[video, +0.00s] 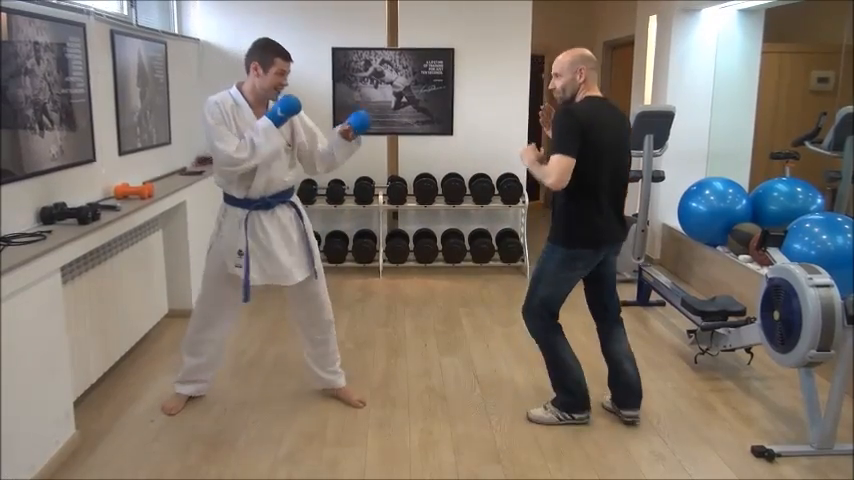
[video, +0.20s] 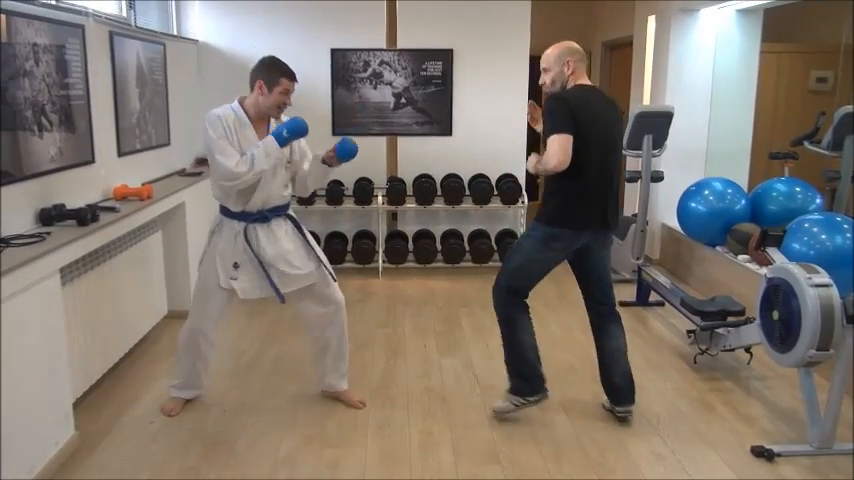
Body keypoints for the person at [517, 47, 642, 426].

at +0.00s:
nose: (551, 83)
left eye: (556, 76)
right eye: (551, 76)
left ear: (581, 76)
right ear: (587, 76)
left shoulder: (573, 114)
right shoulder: (616, 115)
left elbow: (557, 179)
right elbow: (597, 171)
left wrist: (533, 163)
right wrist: (555, 137)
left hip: (575, 237)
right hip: (608, 234)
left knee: (538, 313)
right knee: (608, 315)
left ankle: (572, 404)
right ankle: (627, 402)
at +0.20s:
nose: (541, 79)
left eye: (545, 71)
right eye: (541, 71)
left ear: (569, 67)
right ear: (576, 68)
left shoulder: (561, 101)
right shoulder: (610, 105)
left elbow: (558, 158)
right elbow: (595, 155)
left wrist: (537, 164)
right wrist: (545, 127)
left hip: (562, 221)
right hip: (599, 222)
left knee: (507, 291)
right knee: (604, 309)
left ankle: (527, 387)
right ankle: (622, 400)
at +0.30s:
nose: (531, 77)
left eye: (534, 70)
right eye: (530, 70)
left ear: (559, 67)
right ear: (566, 67)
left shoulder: (548, 97)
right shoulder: (596, 101)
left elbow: (536, 150)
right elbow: (584, 151)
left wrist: (512, 147)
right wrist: (535, 121)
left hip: (548, 219)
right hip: (589, 221)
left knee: (502, 296)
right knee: (592, 308)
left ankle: (482, 394)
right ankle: (611, 402)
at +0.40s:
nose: (515, 90)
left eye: (519, 82)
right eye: (515, 82)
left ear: (544, 80)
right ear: (551, 81)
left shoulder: (531, 116)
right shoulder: (587, 119)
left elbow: (491, 154)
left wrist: (459, 135)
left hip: (534, 238)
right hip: (579, 240)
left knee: (480, 322)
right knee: (588, 323)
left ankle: (440, 403)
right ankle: (612, 413)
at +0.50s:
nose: (489, 95)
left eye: (492, 88)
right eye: (488, 89)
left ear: (516, 87)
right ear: (526, 87)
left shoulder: (498, 120)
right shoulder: (563, 125)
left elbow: (433, 136)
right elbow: (559, 174)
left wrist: (383, 115)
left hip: (513, 244)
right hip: (560, 245)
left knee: (460, 326)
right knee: (577, 321)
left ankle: (420, 410)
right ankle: (610, 409)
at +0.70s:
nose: (436, 100)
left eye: (440, 92)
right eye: (436, 93)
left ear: (465, 91)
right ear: (473, 93)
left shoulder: (450, 126)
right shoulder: (507, 127)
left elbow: (390, 162)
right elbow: (510, 183)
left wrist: (345, 131)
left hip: (480, 250)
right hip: (521, 245)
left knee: (424, 319)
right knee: (545, 324)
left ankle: (414, 420)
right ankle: (597, 406)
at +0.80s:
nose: (424, 102)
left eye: (427, 94)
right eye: (423, 95)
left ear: (452, 94)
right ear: (456, 95)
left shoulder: (463, 134)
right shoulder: (481, 121)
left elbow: (440, 204)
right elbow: (422, 146)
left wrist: (402, 172)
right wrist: (391, 116)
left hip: (481, 248)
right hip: (515, 241)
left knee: (425, 317)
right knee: (534, 325)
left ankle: (411, 420)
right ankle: (594, 406)